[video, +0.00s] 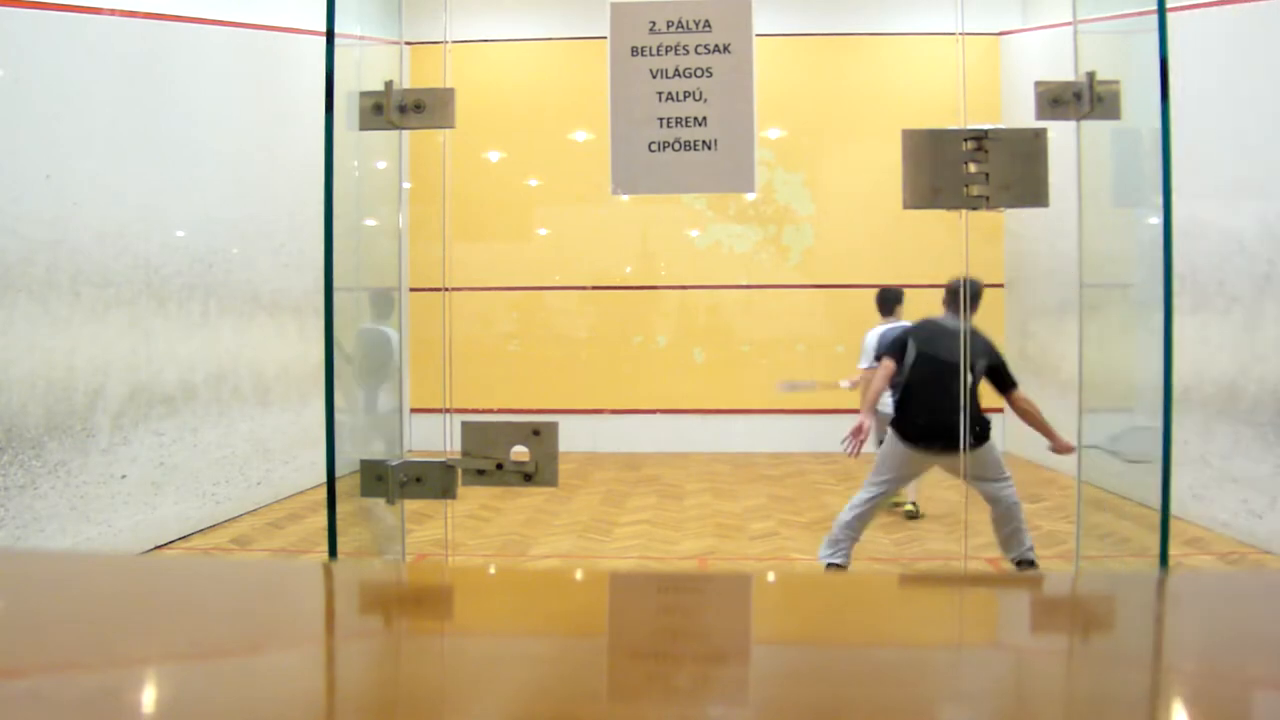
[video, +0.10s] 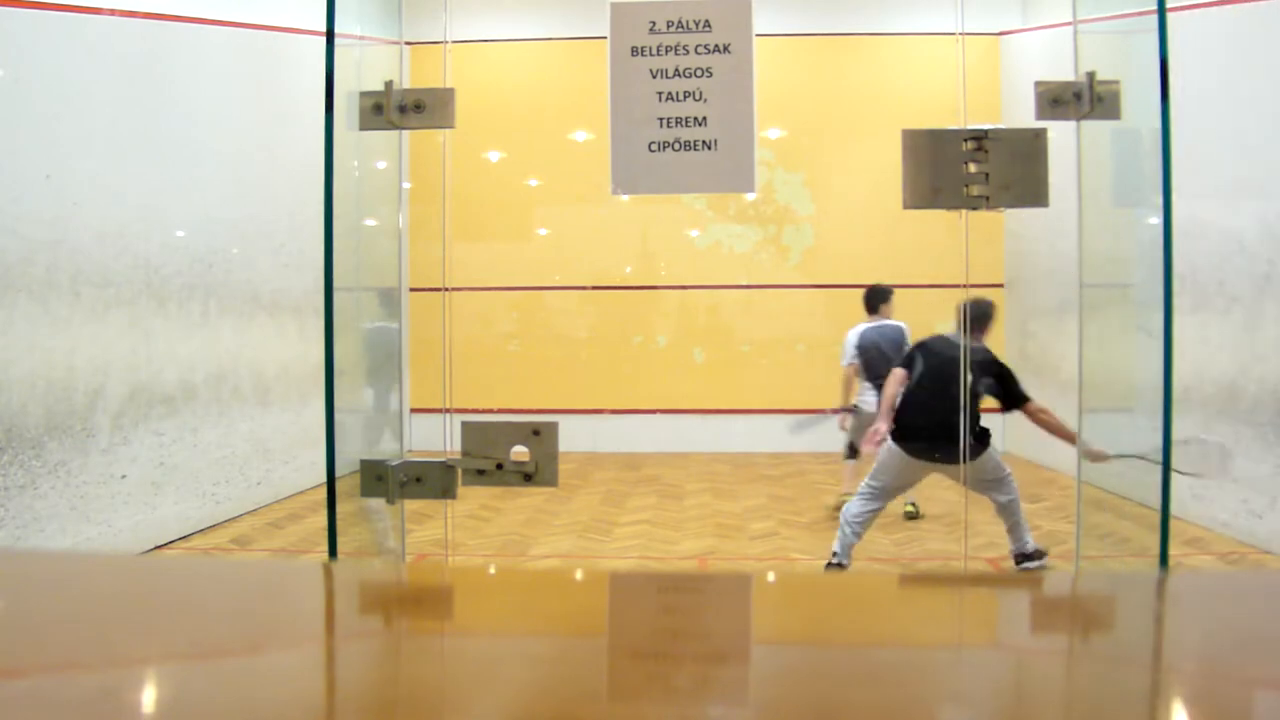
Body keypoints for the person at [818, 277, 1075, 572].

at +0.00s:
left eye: (950, 297)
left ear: (945, 300)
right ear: (976, 306)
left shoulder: (913, 333)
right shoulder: (982, 346)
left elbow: (885, 369)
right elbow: (1017, 400)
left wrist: (865, 414)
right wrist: (1053, 437)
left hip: (911, 435)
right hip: (964, 439)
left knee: (874, 489)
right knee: (1000, 490)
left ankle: (835, 555)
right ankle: (1022, 555)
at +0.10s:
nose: (989, 328)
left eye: (982, 320)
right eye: (989, 323)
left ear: (957, 321)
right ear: (986, 327)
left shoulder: (927, 347)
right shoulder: (988, 363)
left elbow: (895, 379)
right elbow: (1033, 412)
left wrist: (883, 420)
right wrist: (1080, 444)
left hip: (911, 442)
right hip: (962, 447)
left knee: (872, 493)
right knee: (1002, 488)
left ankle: (839, 553)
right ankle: (1023, 551)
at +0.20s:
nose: (1006, 340)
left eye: (1000, 333)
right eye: (1017, 338)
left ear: (991, 334)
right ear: (1020, 344)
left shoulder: (960, 354)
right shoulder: (1021, 381)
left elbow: (923, 375)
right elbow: (1070, 416)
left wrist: (900, 414)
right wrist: (1121, 439)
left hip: (919, 442)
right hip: (969, 452)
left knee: (875, 494)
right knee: (1009, 486)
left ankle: (841, 552)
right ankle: (1029, 552)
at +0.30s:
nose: (1060, 370)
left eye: (1053, 360)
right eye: (1060, 366)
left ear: (1030, 356)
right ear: (1055, 369)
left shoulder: (995, 366)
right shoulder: (1050, 400)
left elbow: (946, 373)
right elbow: (1104, 424)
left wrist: (911, 406)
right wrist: (1150, 432)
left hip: (930, 435)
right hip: (976, 447)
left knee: (889, 496)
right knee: (1024, 482)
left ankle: (843, 555)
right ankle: (1032, 553)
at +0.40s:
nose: (1077, 386)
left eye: (1074, 378)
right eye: (1077, 381)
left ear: (1047, 369)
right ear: (1071, 382)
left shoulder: (1011, 374)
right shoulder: (1062, 407)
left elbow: (958, 374)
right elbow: (1117, 433)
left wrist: (915, 403)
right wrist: (1160, 450)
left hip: (936, 434)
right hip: (980, 447)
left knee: (906, 497)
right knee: (1034, 477)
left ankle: (846, 547)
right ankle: (1034, 553)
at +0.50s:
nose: (1076, 374)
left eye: (1070, 367)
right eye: (1077, 370)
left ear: (1046, 361)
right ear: (1072, 372)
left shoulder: (1012, 369)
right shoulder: (1063, 401)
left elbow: (955, 377)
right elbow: (1107, 450)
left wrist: (914, 412)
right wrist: (1142, 489)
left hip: (939, 430)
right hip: (983, 442)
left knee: (916, 496)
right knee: (1036, 476)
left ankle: (855, 540)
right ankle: (1034, 552)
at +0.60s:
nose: (1059, 357)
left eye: (1053, 347)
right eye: (1062, 354)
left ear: (1036, 345)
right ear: (1059, 360)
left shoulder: (1000, 360)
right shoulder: (1047, 386)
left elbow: (946, 377)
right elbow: (1065, 436)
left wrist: (915, 417)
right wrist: (1084, 481)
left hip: (934, 426)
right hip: (980, 438)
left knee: (914, 494)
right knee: (1030, 479)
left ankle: (862, 543)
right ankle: (1034, 552)